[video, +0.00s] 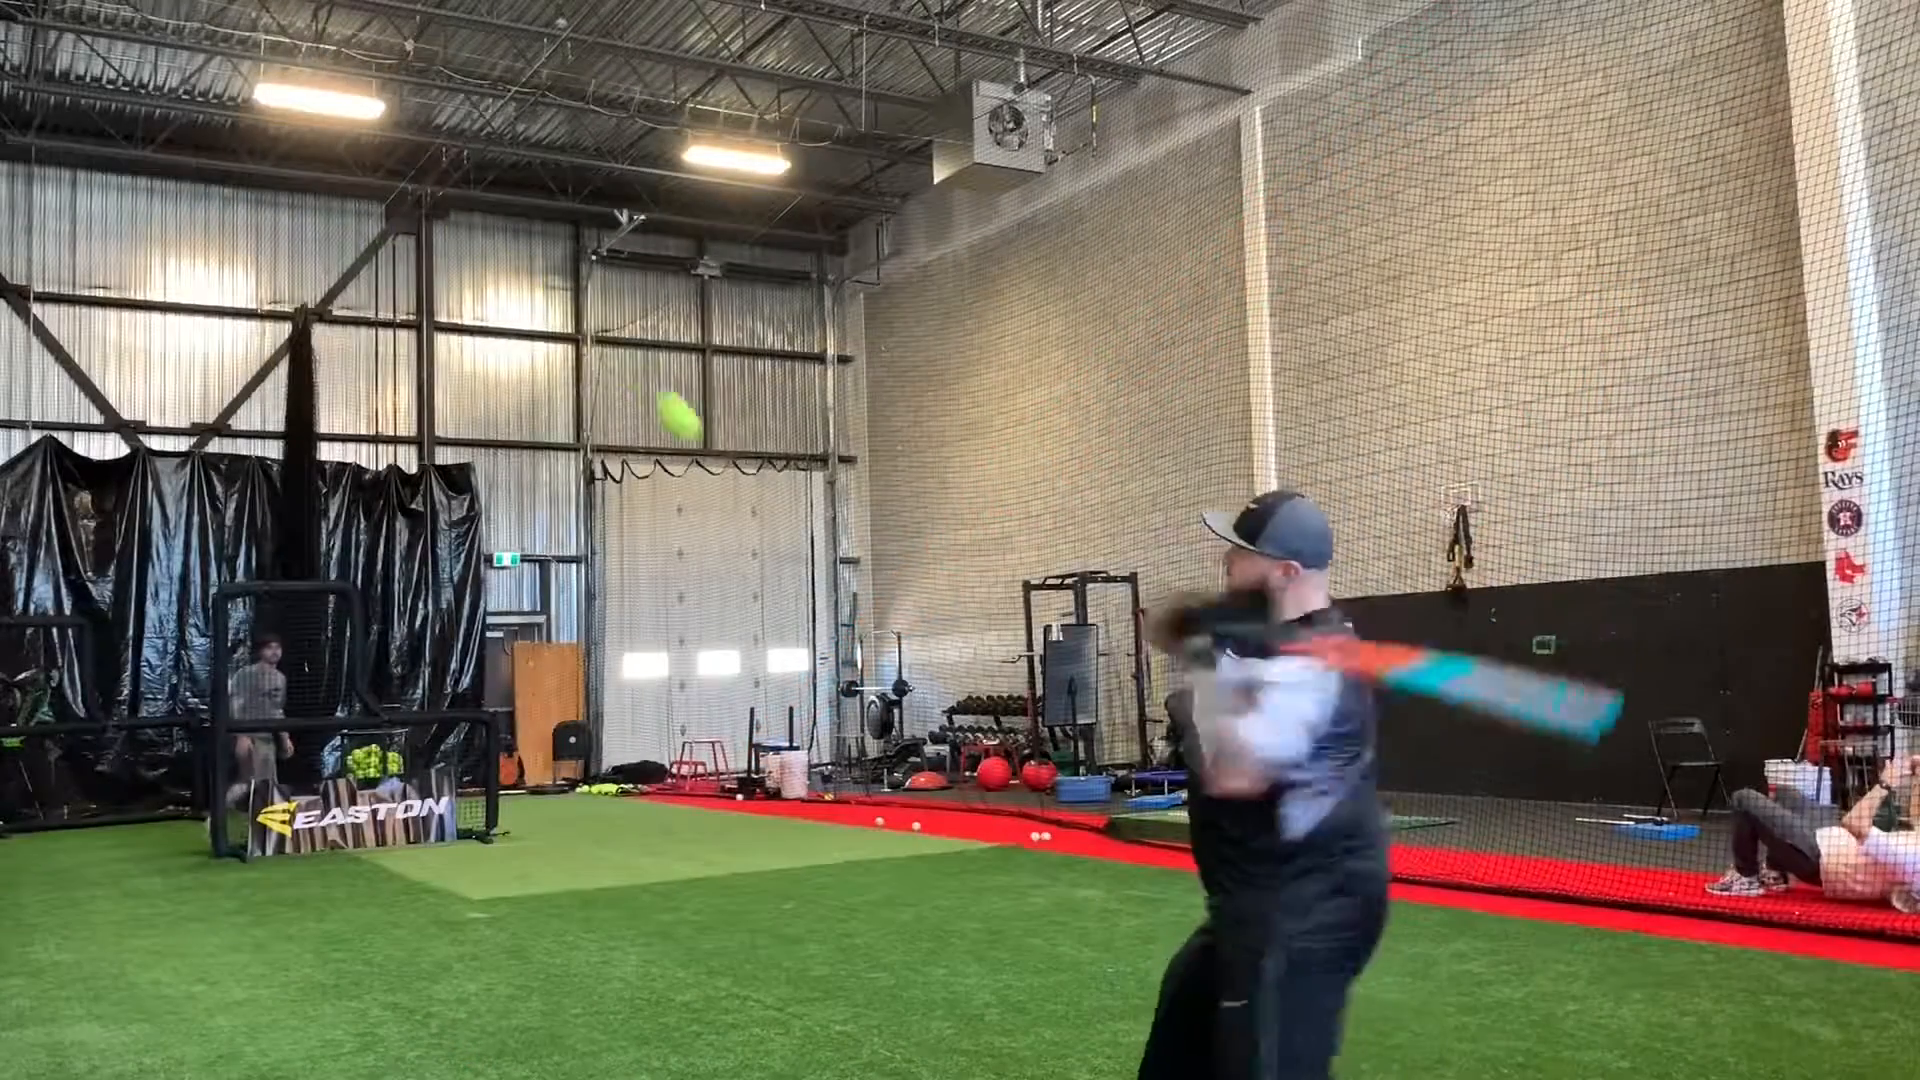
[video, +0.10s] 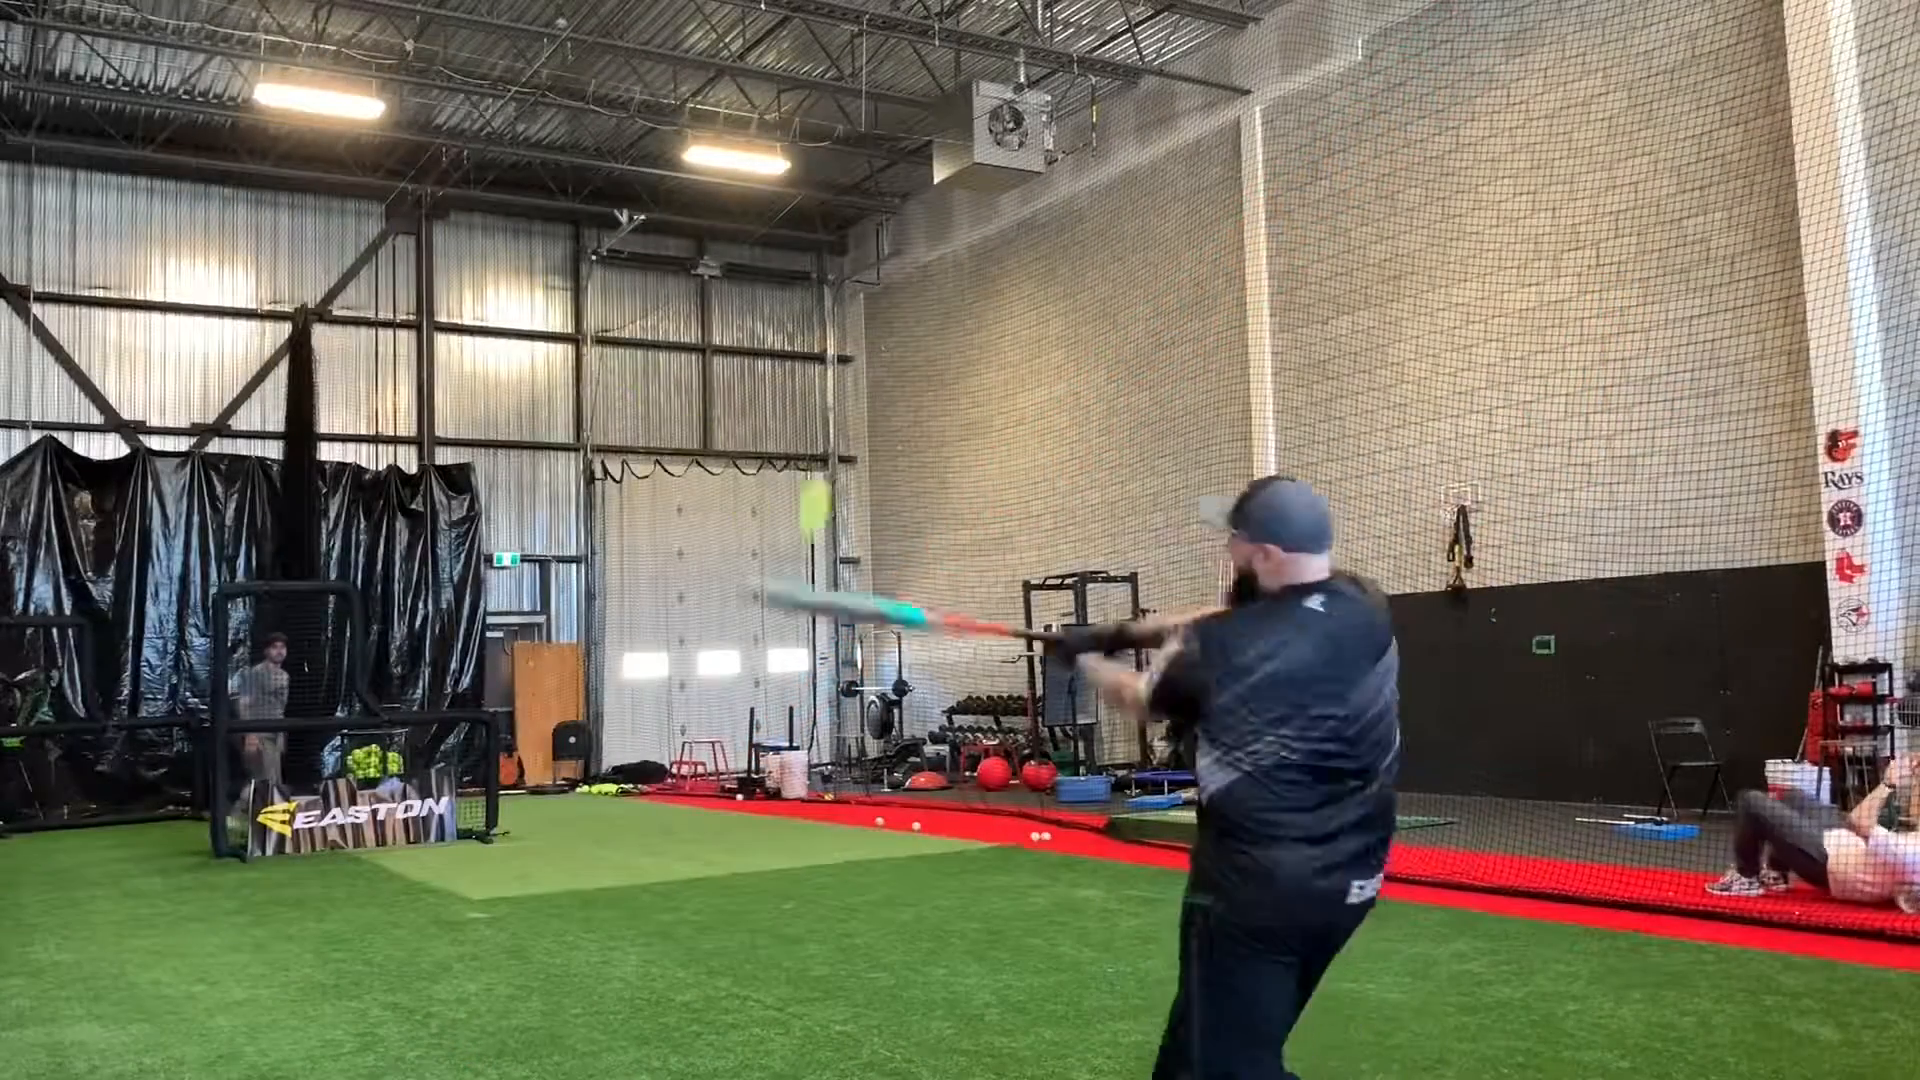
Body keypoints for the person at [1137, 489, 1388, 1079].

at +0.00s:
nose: (1228, 559)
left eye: (1241, 550)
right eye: (1233, 548)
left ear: (1286, 570)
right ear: (1285, 570)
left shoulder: (1311, 661)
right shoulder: (1264, 633)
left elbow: (1233, 771)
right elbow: (1160, 630)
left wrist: (1202, 678)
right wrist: (1206, 620)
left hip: (1312, 896)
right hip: (1274, 886)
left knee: (1273, 1055)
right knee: (1189, 995)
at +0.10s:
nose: (1229, 554)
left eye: (1235, 542)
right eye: (1230, 541)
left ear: (1265, 553)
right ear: (1316, 542)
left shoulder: (1224, 646)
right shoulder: (1365, 610)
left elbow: (1143, 697)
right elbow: (1241, 618)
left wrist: (1086, 659)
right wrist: (1138, 630)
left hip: (1254, 892)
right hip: (1348, 885)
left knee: (1237, 1062)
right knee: (1197, 1047)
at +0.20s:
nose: (1186, 555)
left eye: (1186, 543)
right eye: (1184, 542)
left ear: (1200, 551)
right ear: (1269, 531)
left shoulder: (1180, 623)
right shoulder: (1344, 575)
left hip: (1245, 876)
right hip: (1349, 868)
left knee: (1213, 1054)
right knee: (1260, 1045)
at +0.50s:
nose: (1240, 517)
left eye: (1239, 506)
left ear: (1245, 512)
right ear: (1317, 495)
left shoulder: (1238, 593)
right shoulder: (1356, 541)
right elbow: (1383, 605)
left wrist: (1381, 508)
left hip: (1276, 850)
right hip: (1380, 846)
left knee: (1288, 1044)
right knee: (1323, 1038)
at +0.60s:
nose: (1254, 508)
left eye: (1254, 496)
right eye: (1255, 495)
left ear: (1263, 503)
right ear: (1333, 485)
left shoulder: (1256, 577)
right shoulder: (1360, 544)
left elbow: (1376, 544)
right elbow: (1353, 637)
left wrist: (1421, 483)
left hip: (1288, 842)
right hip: (1390, 839)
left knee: (1300, 1042)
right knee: (1352, 1039)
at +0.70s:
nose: (1271, 492)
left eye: (1269, 481)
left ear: (1271, 488)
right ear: (1346, 476)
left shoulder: (1279, 560)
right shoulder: (1357, 548)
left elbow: (1405, 550)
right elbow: (1352, 668)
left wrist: (1456, 479)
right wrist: (1337, 786)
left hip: (1294, 832)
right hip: (1380, 832)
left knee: (1312, 1036)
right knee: (1376, 1037)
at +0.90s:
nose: (1380, 466)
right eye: (1378, 457)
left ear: (1301, 470)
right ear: (1375, 461)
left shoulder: (1306, 547)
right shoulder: (1377, 540)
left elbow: (1452, 544)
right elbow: (1377, 667)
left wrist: (1518, 481)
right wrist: (1431, 787)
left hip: (1320, 813)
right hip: (1410, 813)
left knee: (1346, 1014)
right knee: (1460, 1010)